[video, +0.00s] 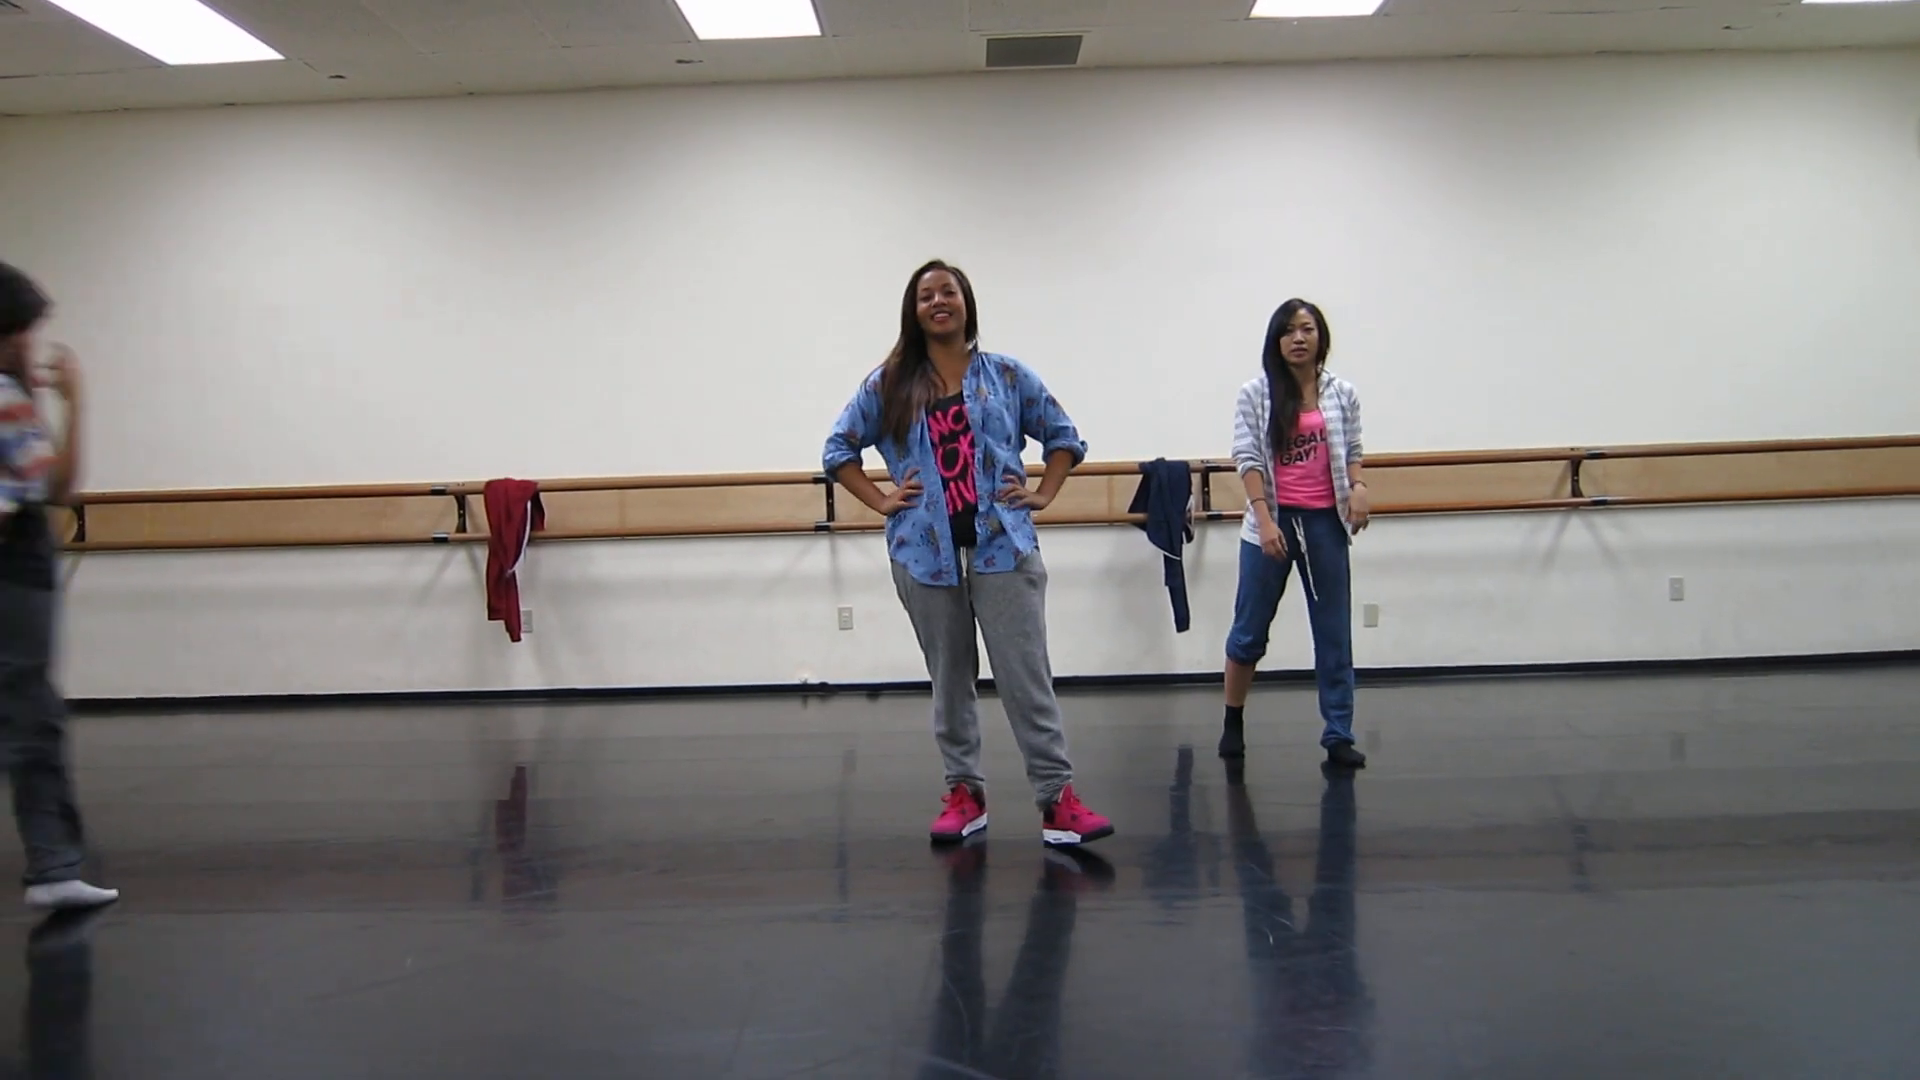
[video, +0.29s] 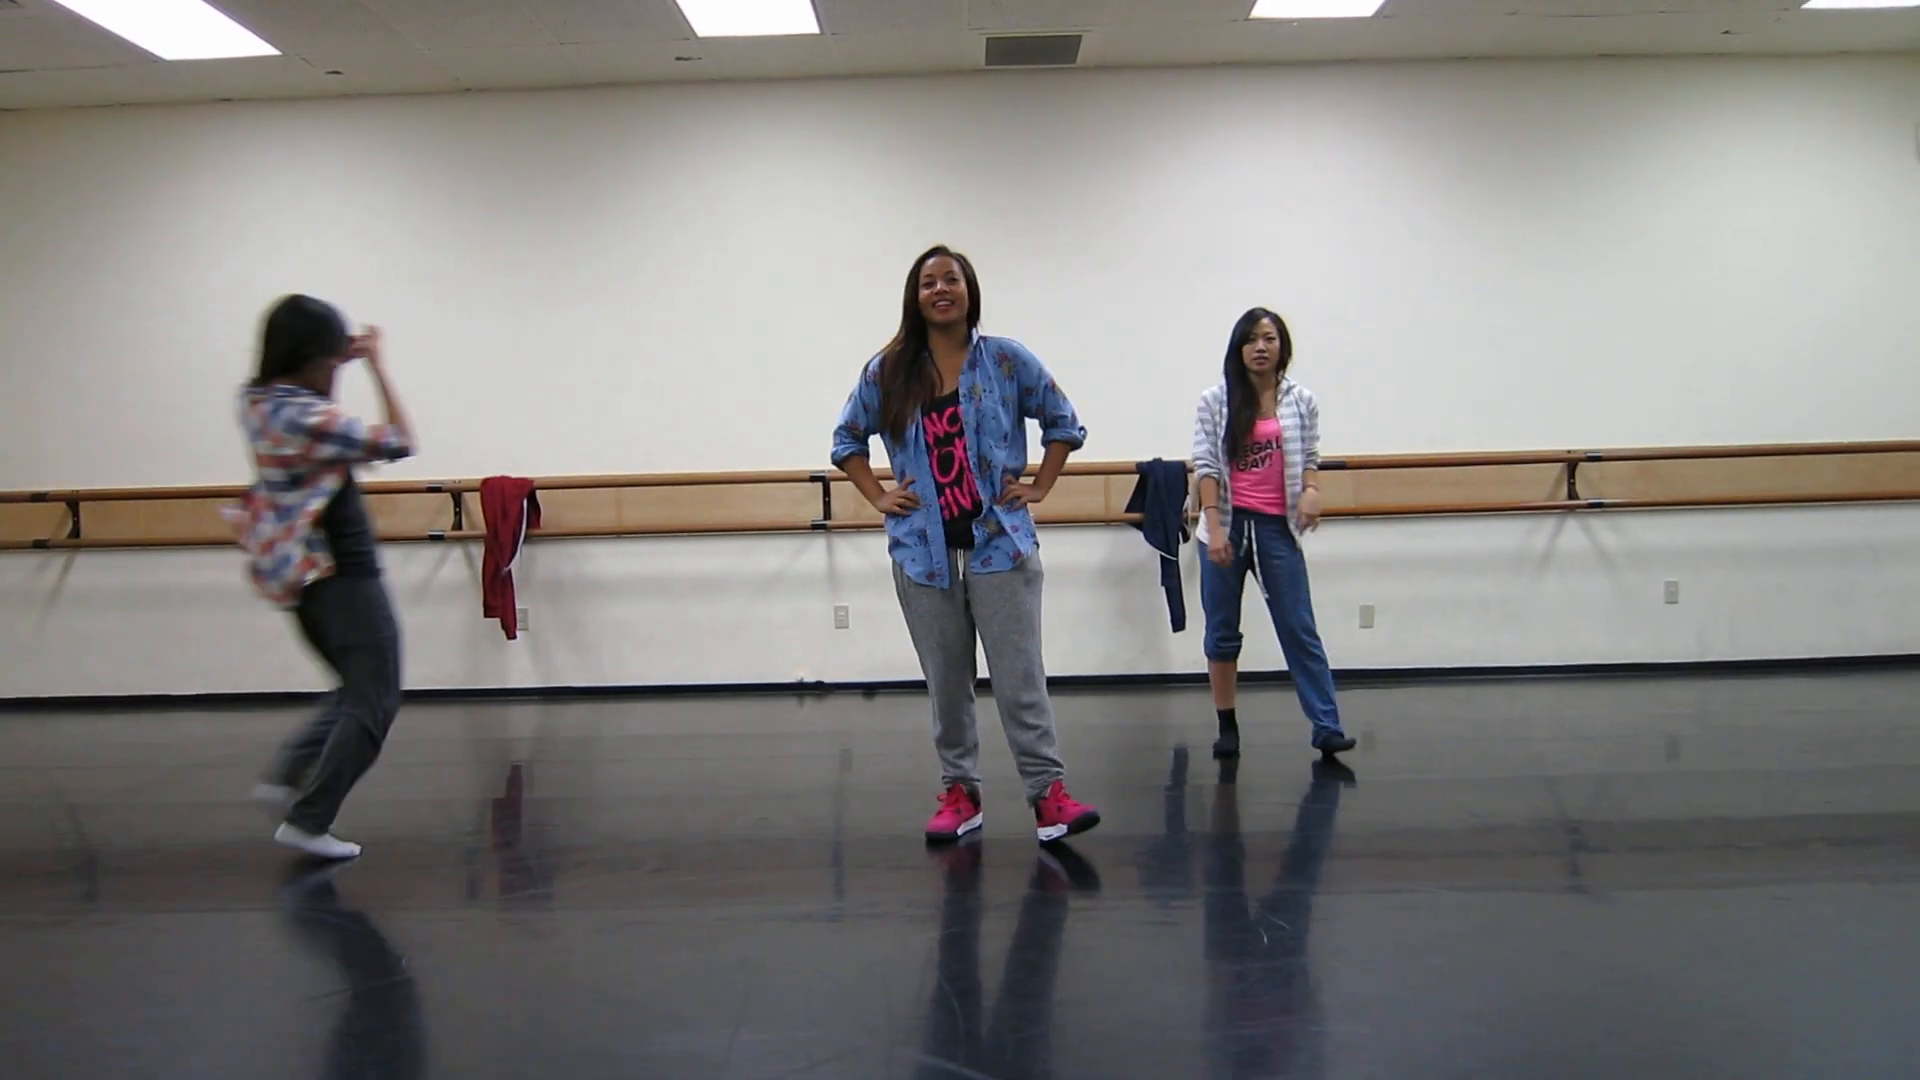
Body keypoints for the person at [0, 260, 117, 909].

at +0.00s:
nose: (32, 339)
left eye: (31, 327)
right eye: (24, 329)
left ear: (20, 333)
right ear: (5, 335)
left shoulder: (17, 393)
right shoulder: (9, 396)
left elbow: (56, 485)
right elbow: (56, 485)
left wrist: (57, 401)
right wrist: (71, 400)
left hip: (26, 562)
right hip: (18, 566)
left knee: (33, 713)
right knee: (29, 713)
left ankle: (54, 867)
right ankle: (51, 867)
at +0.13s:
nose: (175, 359)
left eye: (175, 349)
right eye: (167, 349)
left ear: (111, 344)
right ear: (134, 349)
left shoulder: (102, 395)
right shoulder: (117, 404)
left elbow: (156, 466)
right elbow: (198, 476)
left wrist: (168, 407)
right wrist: (218, 395)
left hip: (127, 587)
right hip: (167, 587)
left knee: (137, 715)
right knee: (245, 700)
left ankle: (64, 851)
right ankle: (192, 846)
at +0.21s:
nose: (262, 362)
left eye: (262, 352)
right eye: (256, 353)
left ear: (202, 350)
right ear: (227, 353)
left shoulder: (195, 398)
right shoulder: (209, 409)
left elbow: (257, 447)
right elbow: (303, 459)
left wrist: (258, 377)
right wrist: (305, 378)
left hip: (225, 580)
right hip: (262, 578)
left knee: (244, 703)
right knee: (330, 696)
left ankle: (128, 801)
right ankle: (304, 831)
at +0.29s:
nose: (336, 370)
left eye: (338, 361)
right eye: (331, 360)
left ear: (281, 357)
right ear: (306, 361)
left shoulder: (260, 405)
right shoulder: (299, 417)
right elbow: (400, 441)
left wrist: (336, 358)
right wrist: (378, 366)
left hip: (312, 581)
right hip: (344, 582)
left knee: (363, 690)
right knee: (375, 702)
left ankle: (284, 777)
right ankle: (309, 823)